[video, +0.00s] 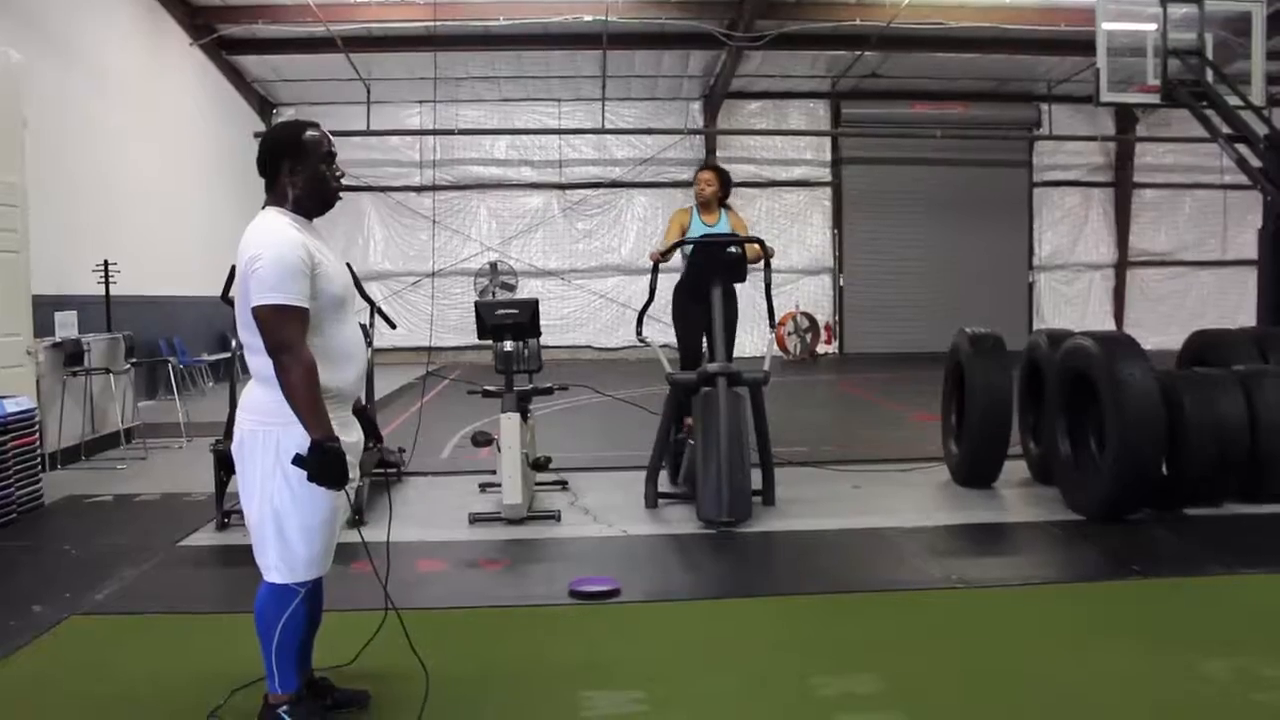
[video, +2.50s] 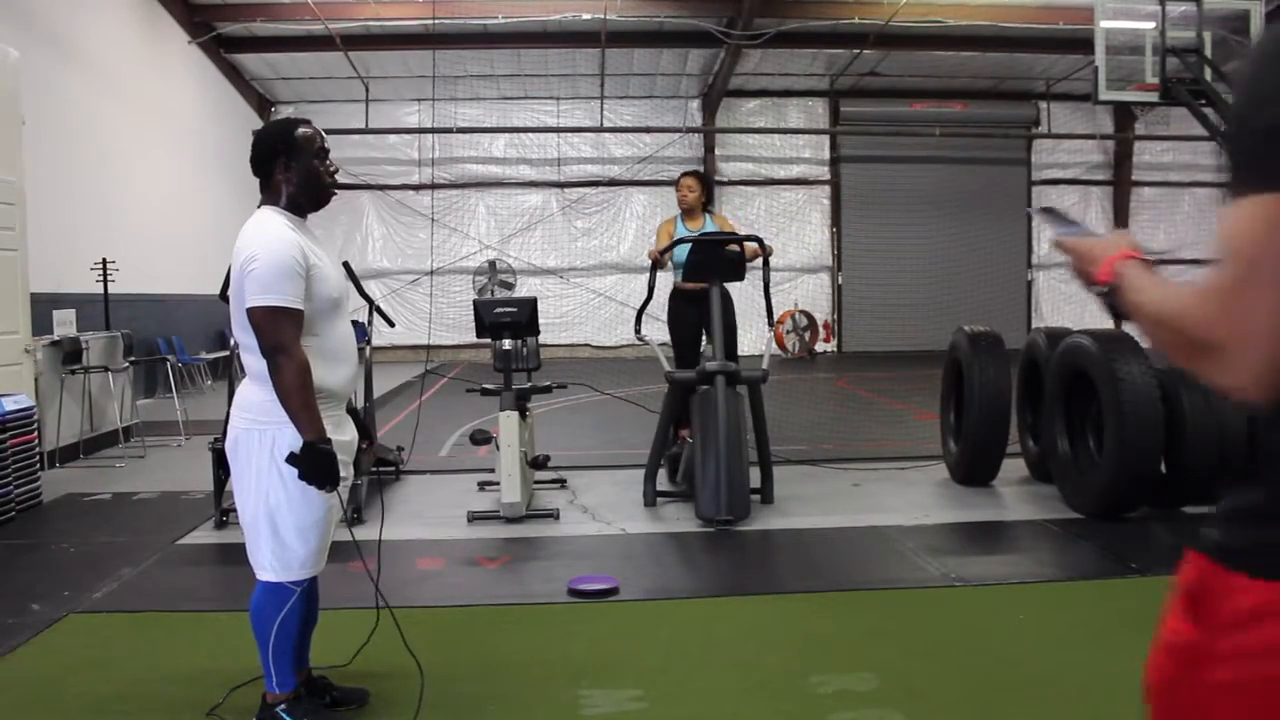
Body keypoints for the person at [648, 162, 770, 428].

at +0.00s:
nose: (700, 188)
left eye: (708, 184)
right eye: (698, 183)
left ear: (721, 190)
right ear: (693, 186)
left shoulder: (732, 218)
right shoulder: (683, 217)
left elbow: (750, 253)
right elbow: (670, 244)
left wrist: (761, 251)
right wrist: (660, 254)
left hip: (723, 292)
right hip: (690, 293)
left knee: (722, 357)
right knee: (690, 358)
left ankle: (721, 416)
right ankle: (687, 417)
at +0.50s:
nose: (697, 189)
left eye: (704, 185)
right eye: (695, 184)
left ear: (718, 190)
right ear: (690, 188)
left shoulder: (729, 219)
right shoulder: (680, 218)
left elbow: (745, 254)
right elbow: (667, 252)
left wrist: (759, 250)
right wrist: (659, 256)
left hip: (723, 294)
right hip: (689, 295)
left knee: (731, 356)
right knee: (690, 360)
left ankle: (731, 417)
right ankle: (685, 421)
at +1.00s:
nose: (704, 193)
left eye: (711, 189)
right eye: (701, 188)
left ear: (723, 194)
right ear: (696, 190)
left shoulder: (734, 221)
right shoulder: (685, 220)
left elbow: (746, 258)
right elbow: (670, 253)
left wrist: (759, 253)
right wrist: (660, 255)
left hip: (725, 294)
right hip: (692, 295)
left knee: (723, 352)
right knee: (696, 348)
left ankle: (721, 407)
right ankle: (690, 405)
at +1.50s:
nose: (692, 196)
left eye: (698, 191)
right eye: (687, 191)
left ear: (710, 197)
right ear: (681, 195)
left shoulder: (723, 224)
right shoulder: (673, 225)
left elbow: (740, 255)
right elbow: (663, 261)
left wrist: (758, 251)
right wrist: (657, 258)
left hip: (717, 298)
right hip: (684, 300)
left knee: (728, 359)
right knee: (686, 366)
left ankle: (730, 420)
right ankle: (683, 427)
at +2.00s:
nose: (709, 196)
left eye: (717, 192)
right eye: (705, 191)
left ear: (728, 198)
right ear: (701, 195)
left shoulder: (737, 225)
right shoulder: (688, 223)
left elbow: (748, 260)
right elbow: (672, 257)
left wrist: (760, 254)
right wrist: (660, 255)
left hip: (724, 297)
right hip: (691, 298)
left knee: (722, 356)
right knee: (693, 351)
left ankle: (721, 409)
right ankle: (687, 405)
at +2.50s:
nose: (683, 195)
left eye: (690, 190)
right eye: (679, 190)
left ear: (703, 195)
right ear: (675, 193)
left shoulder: (719, 222)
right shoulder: (669, 226)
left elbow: (739, 252)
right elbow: (663, 262)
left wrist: (757, 251)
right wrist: (656, 258)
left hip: (716, 298)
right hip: (683, 300)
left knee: (728, 360)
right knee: (686, 366)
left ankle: (728, 423)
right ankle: (684, 428)